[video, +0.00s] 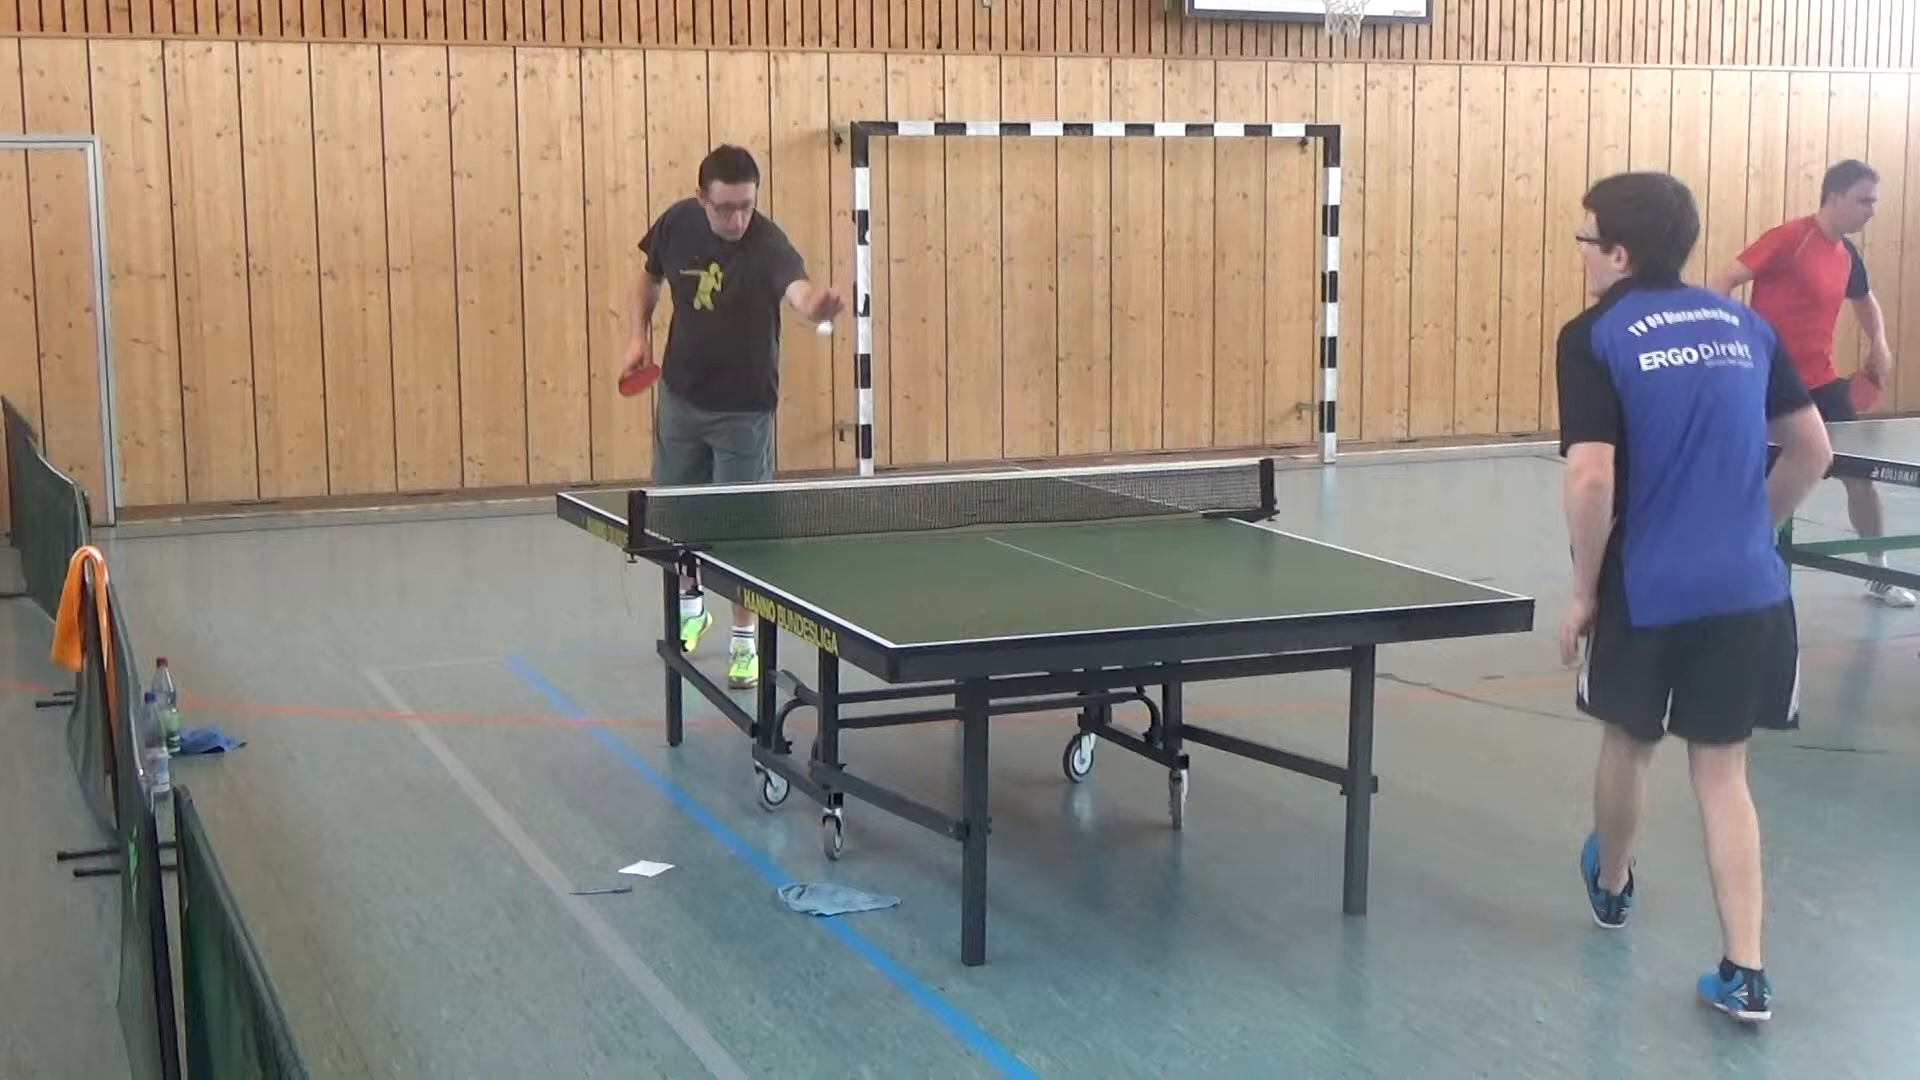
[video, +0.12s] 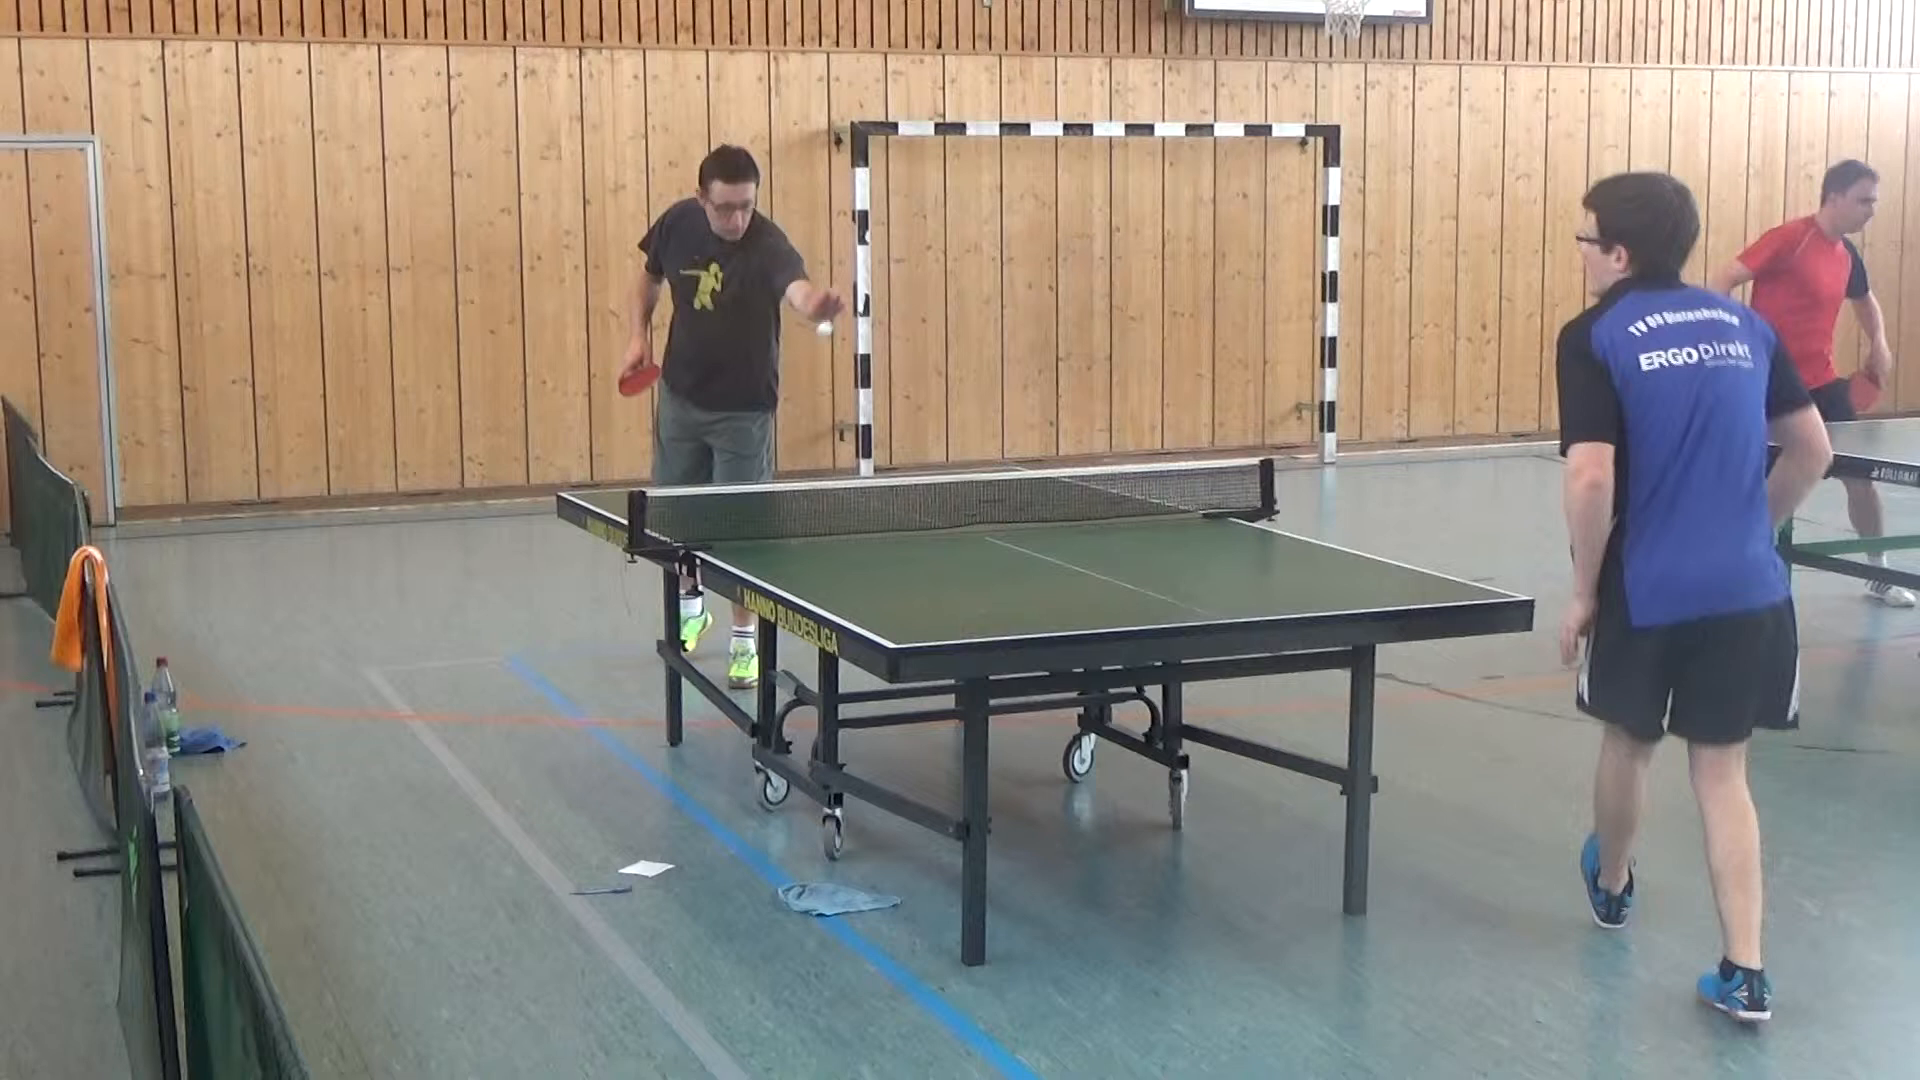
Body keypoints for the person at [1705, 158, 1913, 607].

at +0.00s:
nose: (1871, 211)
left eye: (1874, 202)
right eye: (1865, 201)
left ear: (1846, 202)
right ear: (1834, 198)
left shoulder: (1846, 253)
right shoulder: (1787, 238)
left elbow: (1864, 302)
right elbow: (1720, 280)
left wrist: (1879, 344)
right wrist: (1721, 347)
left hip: (1825, 384)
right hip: (1775, 388)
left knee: (1859, 473)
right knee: (1770, 482)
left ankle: (1879, 573)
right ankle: (1750, 571)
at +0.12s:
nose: (1871, 211)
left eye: (1874, 202)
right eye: (1865, 201)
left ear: (1846, 202)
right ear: (1834, 198)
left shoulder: (1846, 253)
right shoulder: (1787, 238)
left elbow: (1864, 302)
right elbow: (1720, 280)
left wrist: (1879, 344)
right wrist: (1721, 347)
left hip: (1825, 384)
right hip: (1775, 388)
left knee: (1859, 473)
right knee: (1771, 483)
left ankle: (1879, 573)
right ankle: (1751, 571)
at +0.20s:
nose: (1871, 211)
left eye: (1874, 202)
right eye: (1865, 201)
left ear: (1846, 202)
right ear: (1834, 198)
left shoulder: (1846, 253)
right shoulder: (1787, 238)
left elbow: (1864, 302)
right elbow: (1721, 280)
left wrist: (1879, 344)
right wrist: (1720, 347)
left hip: (1825, 384)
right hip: (1775, 388)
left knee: (1859, 473)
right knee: (1771, 483)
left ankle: (1879, 573)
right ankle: (1752, 571)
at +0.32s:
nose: (1871, 211)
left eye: (1874, 202)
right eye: (1865, 201)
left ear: (1846, 202)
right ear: (1834, 198)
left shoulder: (1846, 253)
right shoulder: (1787, 238)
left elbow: (1864, 302)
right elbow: (1721, 280)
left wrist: (1879, 344)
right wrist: (1720, 347)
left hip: (1825, 384)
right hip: (1775, 388)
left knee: (1859, 473)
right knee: (1771, 483)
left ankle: (1879, 573)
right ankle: (1752, 571)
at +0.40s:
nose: (1871, 211)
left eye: (1874, 202)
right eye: (1865, 201)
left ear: (1846, 202)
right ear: (1834, 198)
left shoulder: (1846, 253)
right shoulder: (1787, 238)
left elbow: (1864, 302)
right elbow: (1721, 280)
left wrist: (1879, 344)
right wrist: (1720, 347)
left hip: (1825, 384)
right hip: (1775, 388)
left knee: (1859, 473)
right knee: (1771, 483)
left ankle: (1879, 573)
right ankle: (1752, 571)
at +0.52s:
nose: (1871, 211)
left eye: (1874, 202)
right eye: (1865, 201)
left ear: (1846, 202)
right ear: (1834, 198)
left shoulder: (1846, 253)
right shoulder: (1787, 238)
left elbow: (1864, 302)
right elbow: (1721, 280)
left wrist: (1879, 344)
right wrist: (1720, 347)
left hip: (1825, 384)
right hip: (1775, 388)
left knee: (1859, 474)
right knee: (1771, 483)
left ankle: (1879, 573)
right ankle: (1752, 571)